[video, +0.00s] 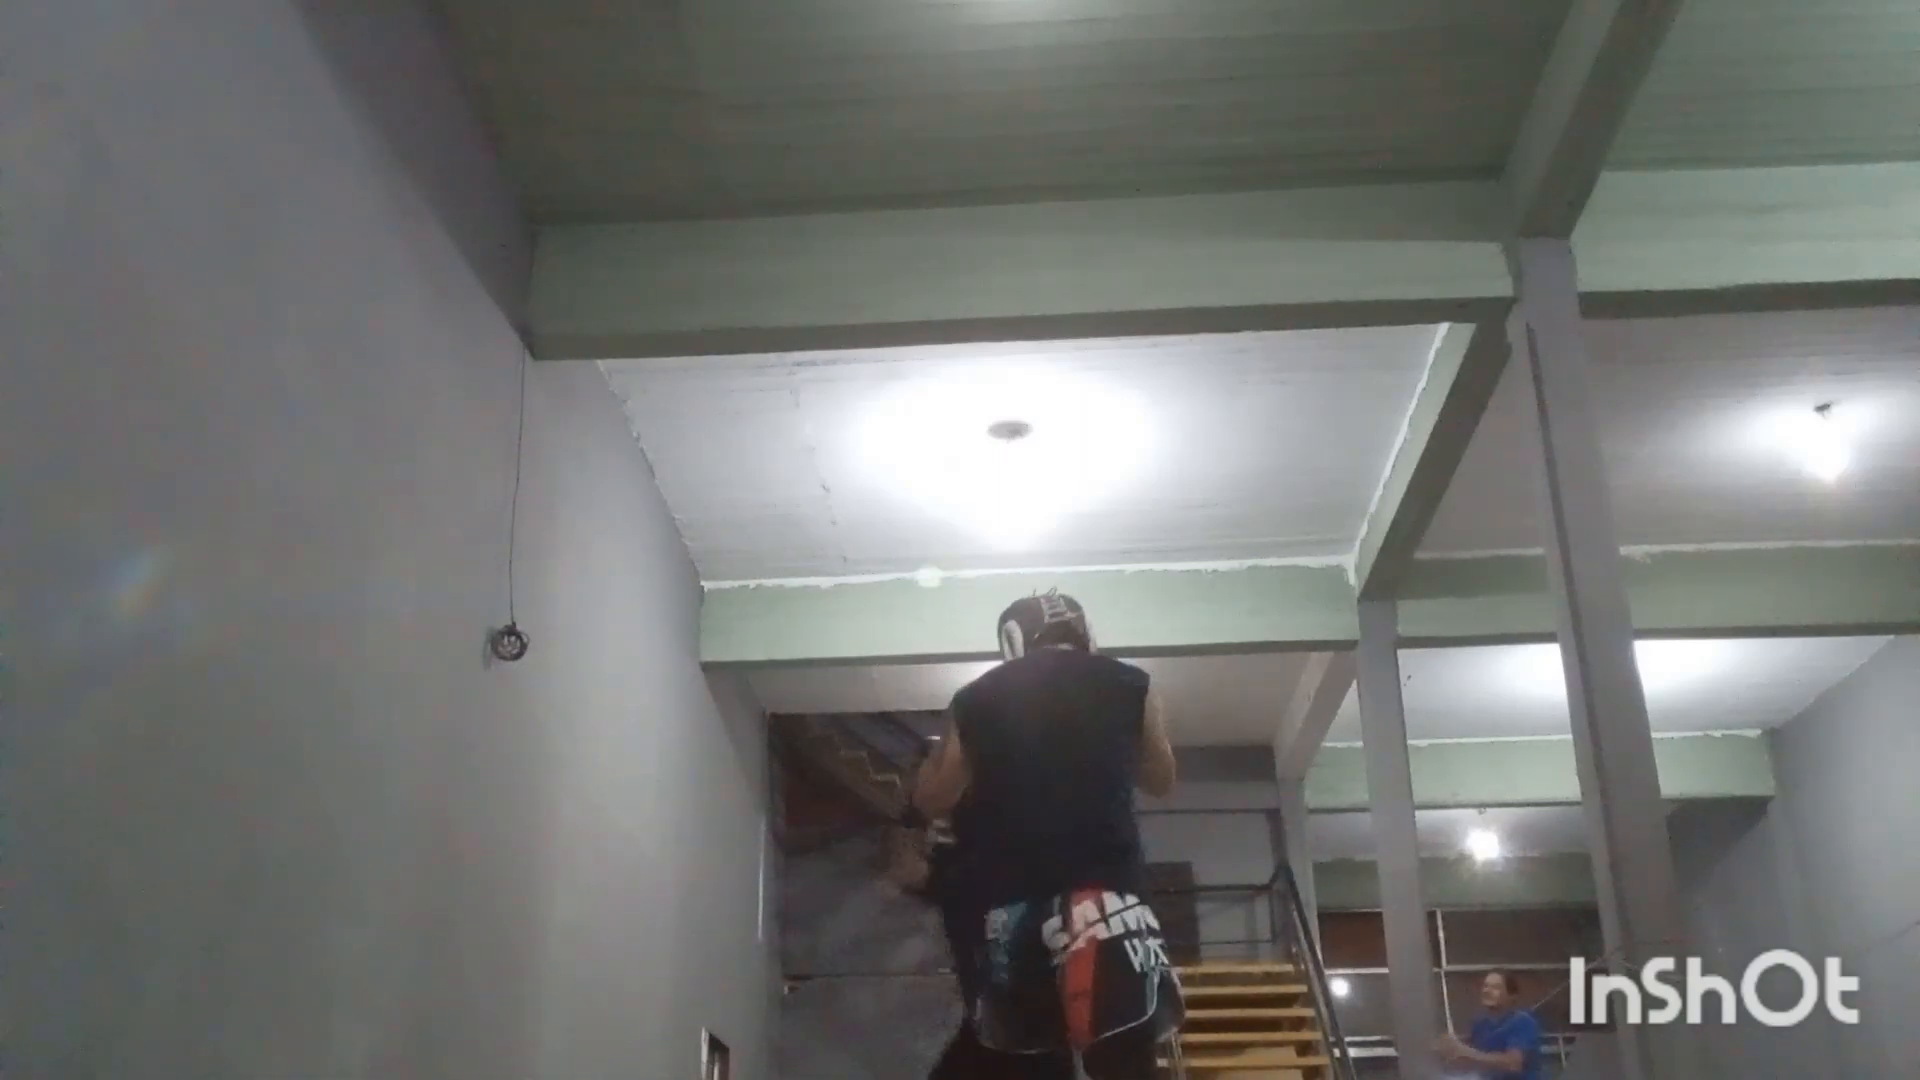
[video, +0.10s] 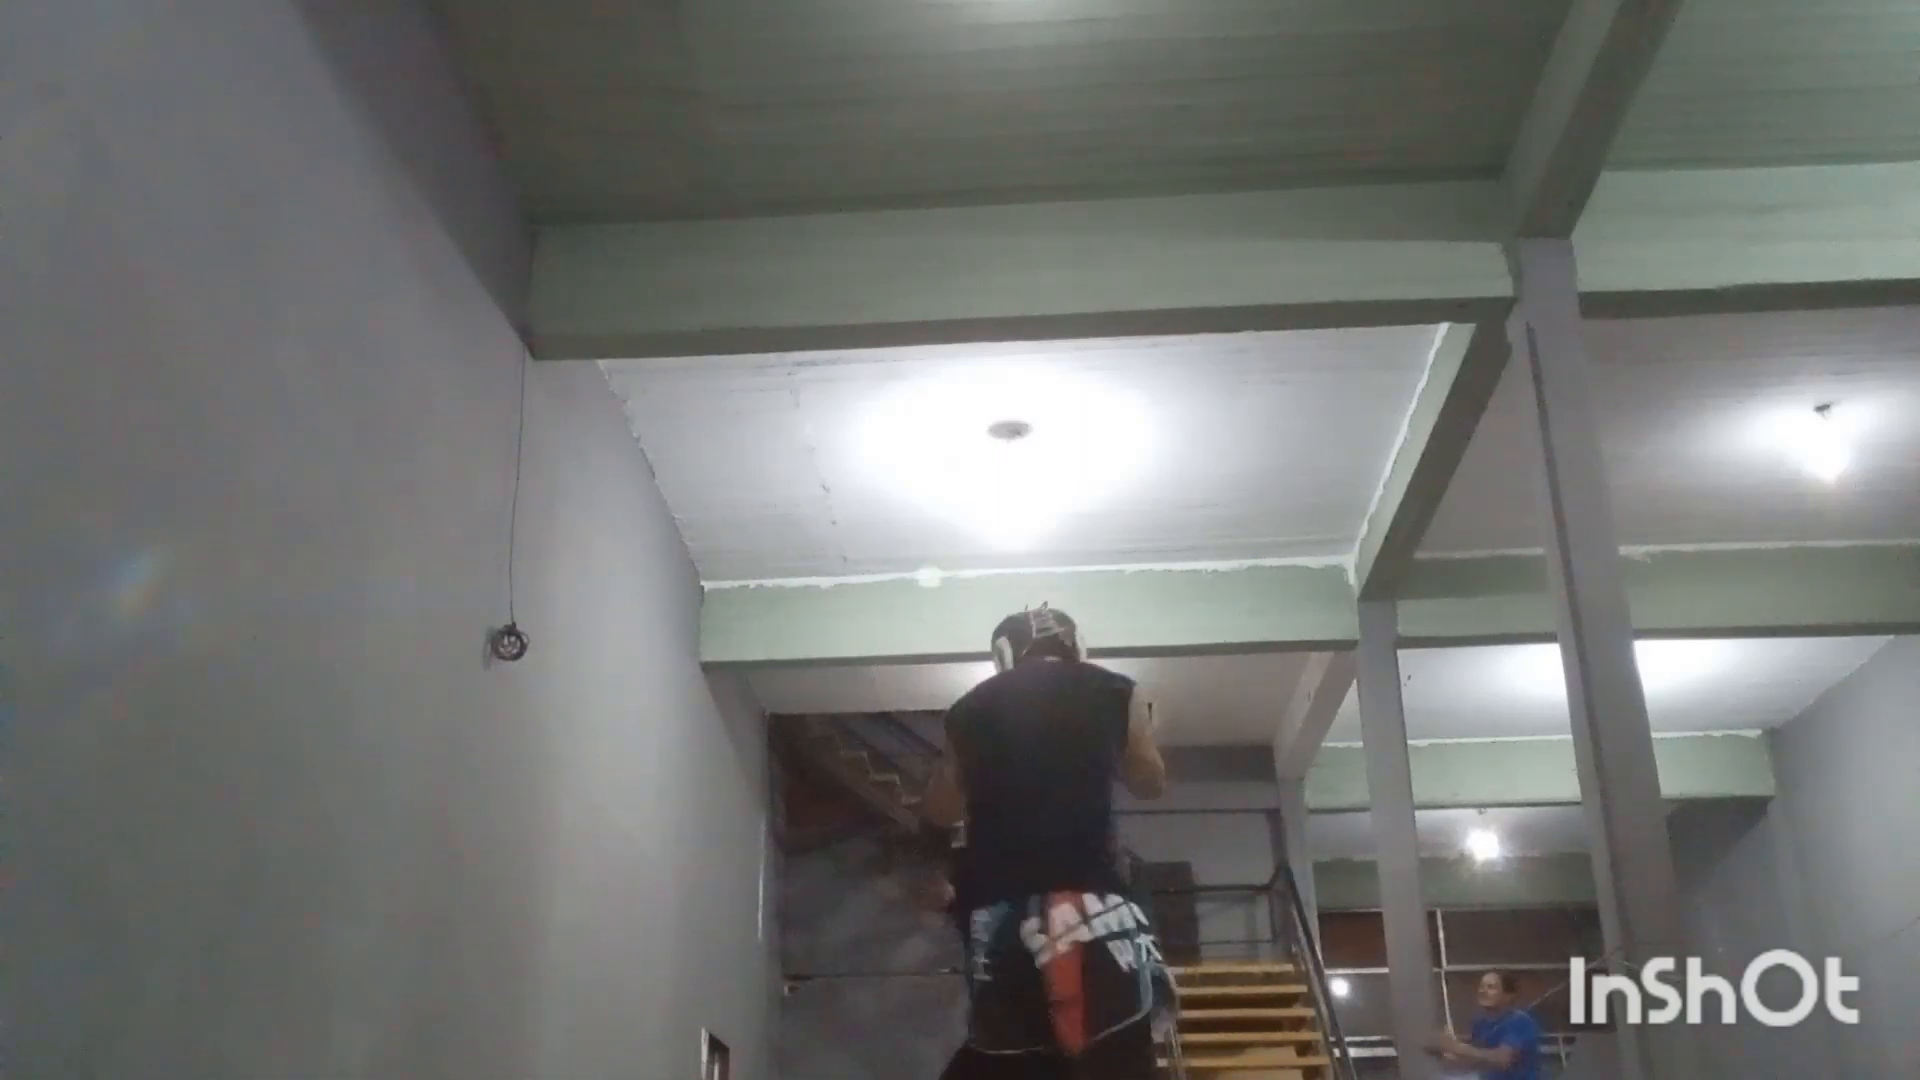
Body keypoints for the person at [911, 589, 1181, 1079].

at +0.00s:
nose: (1009, 648)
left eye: (1009, 641)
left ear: (1017, 642)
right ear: (1083, 636)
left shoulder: (977, 698)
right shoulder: (1127, 681)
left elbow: (934, 798)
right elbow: (1161, 779)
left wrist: (939, 757)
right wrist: (1106, 739)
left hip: (1012, 904)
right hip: (1112, 896)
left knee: (1029, 1059)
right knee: (1126, 1060)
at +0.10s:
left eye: (1000, 654)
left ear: (1010, 653)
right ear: (1075, 650)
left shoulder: (969, 709)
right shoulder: (1113, 691)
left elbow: (943, 810)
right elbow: (1150, 783)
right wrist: (1136, 730)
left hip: (998, 909)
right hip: (1098, 900)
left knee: (1012, 1058)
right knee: (1116, 1056)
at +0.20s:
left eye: (992, 662)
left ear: (1004, 662)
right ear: (1069, 653)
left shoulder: (966, 710)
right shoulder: (1106, 692)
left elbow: (945, 814)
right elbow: (1142, 785)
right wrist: (1129, 734)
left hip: (988, 913)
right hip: (1084, 903)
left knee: (1003, 1060)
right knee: (1106, 1059)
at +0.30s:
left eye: (992, 657)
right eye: (1072, 650)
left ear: (1002, 656)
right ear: (1068, 650)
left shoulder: (964, 707)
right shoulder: (1103, 690)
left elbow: (935, 807)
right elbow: (1143, 787)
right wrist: (1122, 734)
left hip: (983, 923)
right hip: (1079, 917)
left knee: (1002, 1065)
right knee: (1093, 1065)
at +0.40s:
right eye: (1080, 650)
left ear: (1005, 654)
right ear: (1072, 649)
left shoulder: (962, 709)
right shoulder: (1108, 694)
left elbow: (914, 800)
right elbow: (1148, 793)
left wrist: (981, 789)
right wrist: (1130, 735)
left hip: (980, 923)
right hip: (1073, 920)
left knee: (1000, 1067)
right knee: (1074, 1068)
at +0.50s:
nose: (1086, 660)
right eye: (1082, 653)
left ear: (1007, 659)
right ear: (1073, 654)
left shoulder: (961, 711)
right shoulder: (1108, 701)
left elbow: (908, 800)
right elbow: (1146, 799)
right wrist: (1134, 741)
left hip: (973, 915)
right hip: (1066, 913)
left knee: (999, 1062)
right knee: (1060, 1061)